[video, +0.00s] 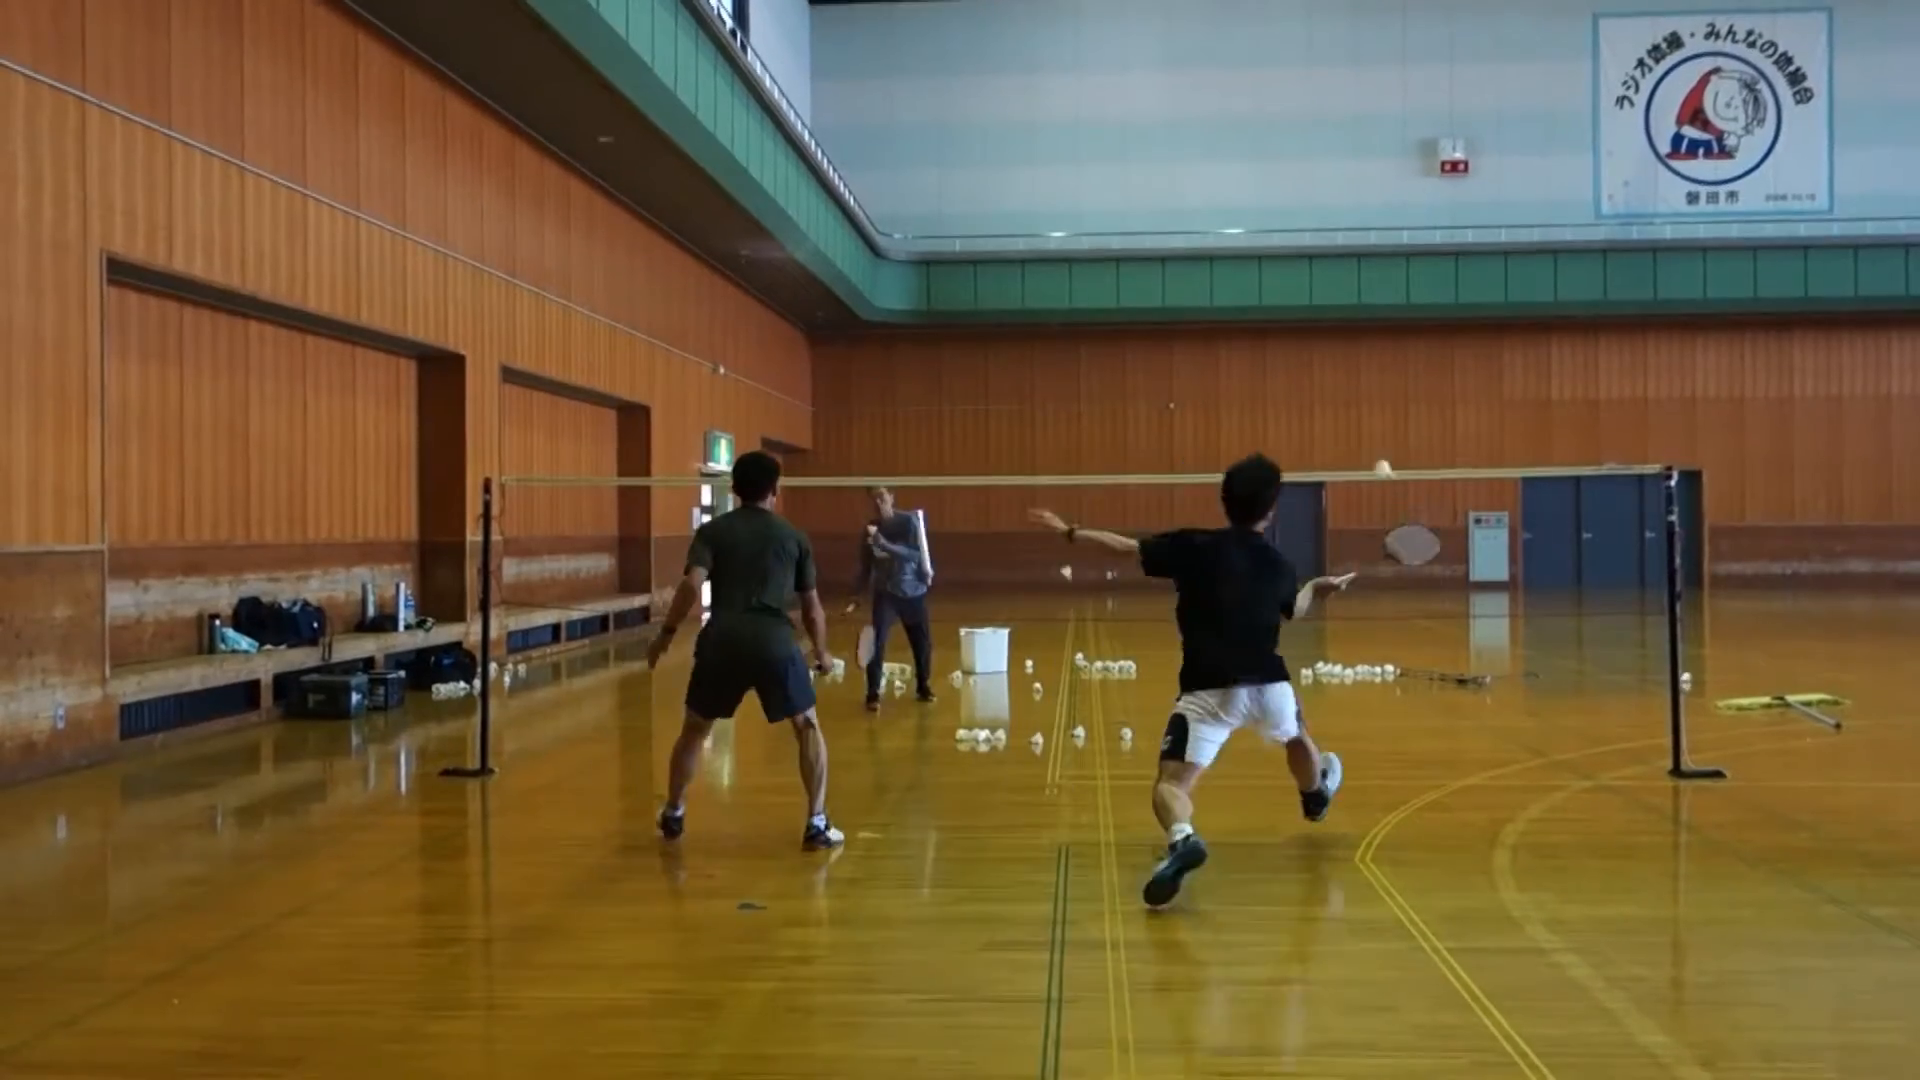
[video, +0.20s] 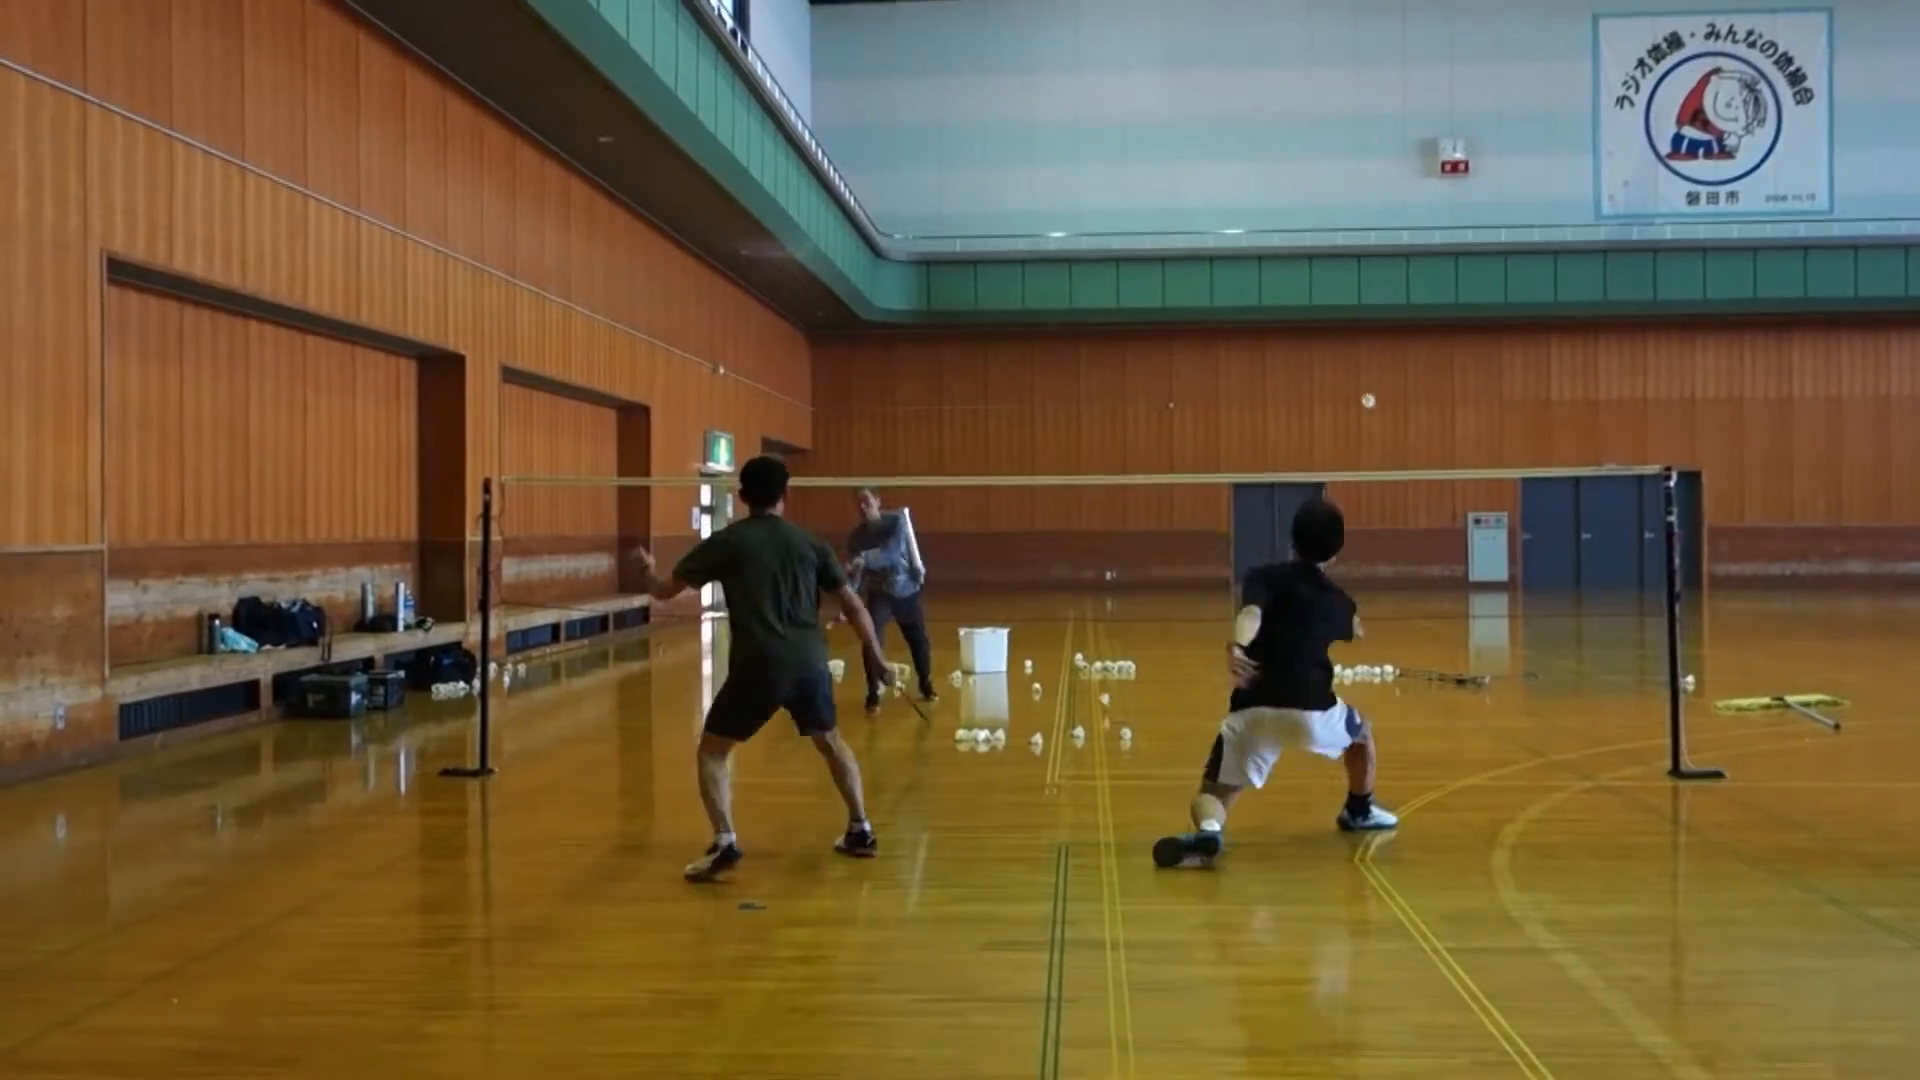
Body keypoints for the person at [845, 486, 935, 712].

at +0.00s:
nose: (879, 502)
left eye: (882, 496)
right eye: (875, 498)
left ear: (891, 497)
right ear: (871, 501)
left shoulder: (910, 521)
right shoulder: (873, 528)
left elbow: (916, 554)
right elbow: (866, 565)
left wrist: (883, 544)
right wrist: (856, 595)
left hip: (912, 590)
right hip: (885, 592)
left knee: (921, 642)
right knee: (877, 642)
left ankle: (923, 686)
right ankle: (873, 693)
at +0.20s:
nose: (863, 507)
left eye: (867, 502)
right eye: (860, 503)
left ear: (878, 502)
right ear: (857, 507)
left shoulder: (897, 522)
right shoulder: (857, 536)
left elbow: (895, 553)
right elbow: (854, 574)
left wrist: (864, 559)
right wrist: (847, 605)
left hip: (905, 589)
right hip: (877, 593)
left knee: (918, 640)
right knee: (871, 641)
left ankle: (925, 683)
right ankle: (873, 690)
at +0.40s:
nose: (861, 501)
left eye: (865, 496)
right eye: (858, 498)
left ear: (875, 498)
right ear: (856, 502)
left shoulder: (893, 517)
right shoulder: (858, 529)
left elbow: (908, 552)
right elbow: (853, 540)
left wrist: (896, 575)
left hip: (901, 588)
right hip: (875, 590)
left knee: (923, 637)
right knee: (871, 640)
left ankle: (937, 681)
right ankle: (871, 688)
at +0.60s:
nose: (869, 499)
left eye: (872, 494)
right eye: (866, 495)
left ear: (880, 497)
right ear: (862, 500)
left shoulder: (897, 517)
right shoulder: (857, 529)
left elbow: (914, 545)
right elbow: (853, 560)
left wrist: (912, 573)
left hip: (901, 590)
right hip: (876, 592)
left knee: (918, 644)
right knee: (873, 639)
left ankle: (918, 688)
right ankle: (871, 689)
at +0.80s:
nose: (874, 517)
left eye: (877, 513)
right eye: (870, 513)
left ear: (886, 515)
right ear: (868, 517)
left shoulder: (905, 538)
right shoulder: (864, 547)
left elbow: (913, 570)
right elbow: (861, 584)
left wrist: (884, 566)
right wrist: (863, 616)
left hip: (906, 608)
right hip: (879, 610)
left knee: (908, 658)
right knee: (874, 660)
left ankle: (908, 709)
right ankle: (872, 712)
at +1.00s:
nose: (874, 524)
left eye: (877, 518)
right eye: (871, 520)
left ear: (886, 520)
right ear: (869, 524)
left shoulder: (902, 542)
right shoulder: (874, 546)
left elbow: (904, 573)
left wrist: (871, 551)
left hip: (910, 613)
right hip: (884, 613)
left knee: (911, 667)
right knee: (877, 665)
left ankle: (908, 716)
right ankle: (877, 715)